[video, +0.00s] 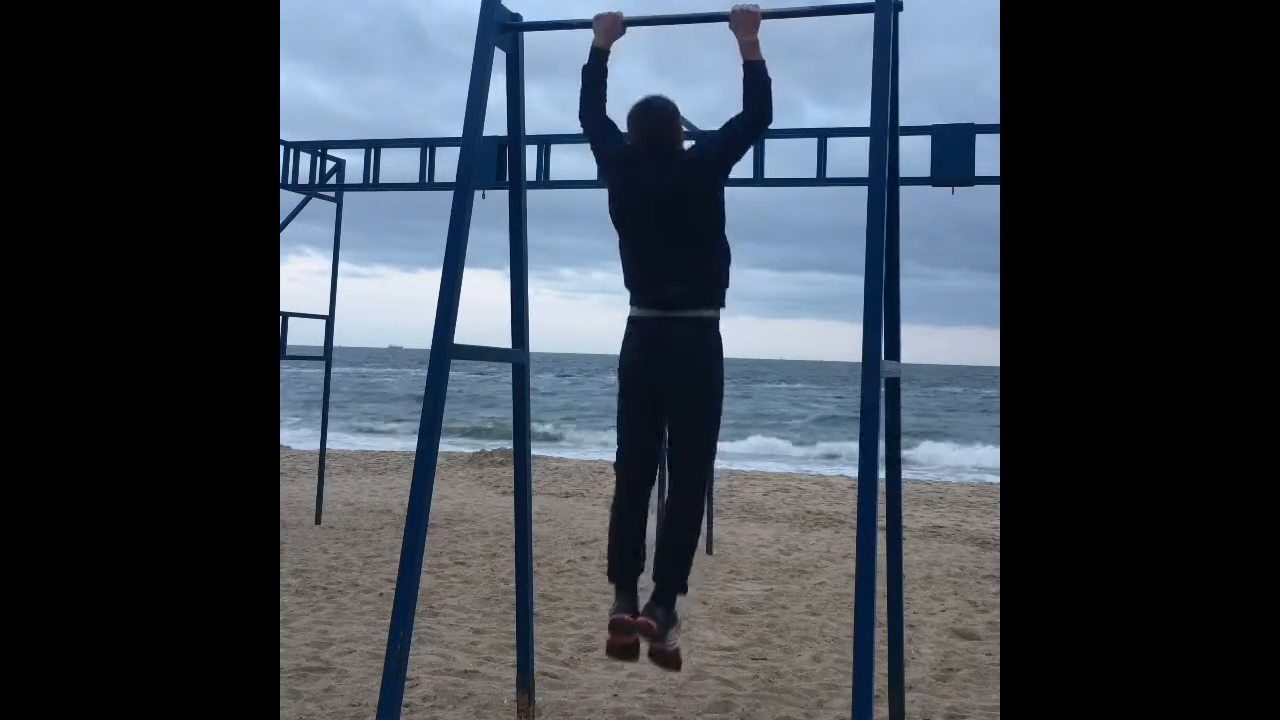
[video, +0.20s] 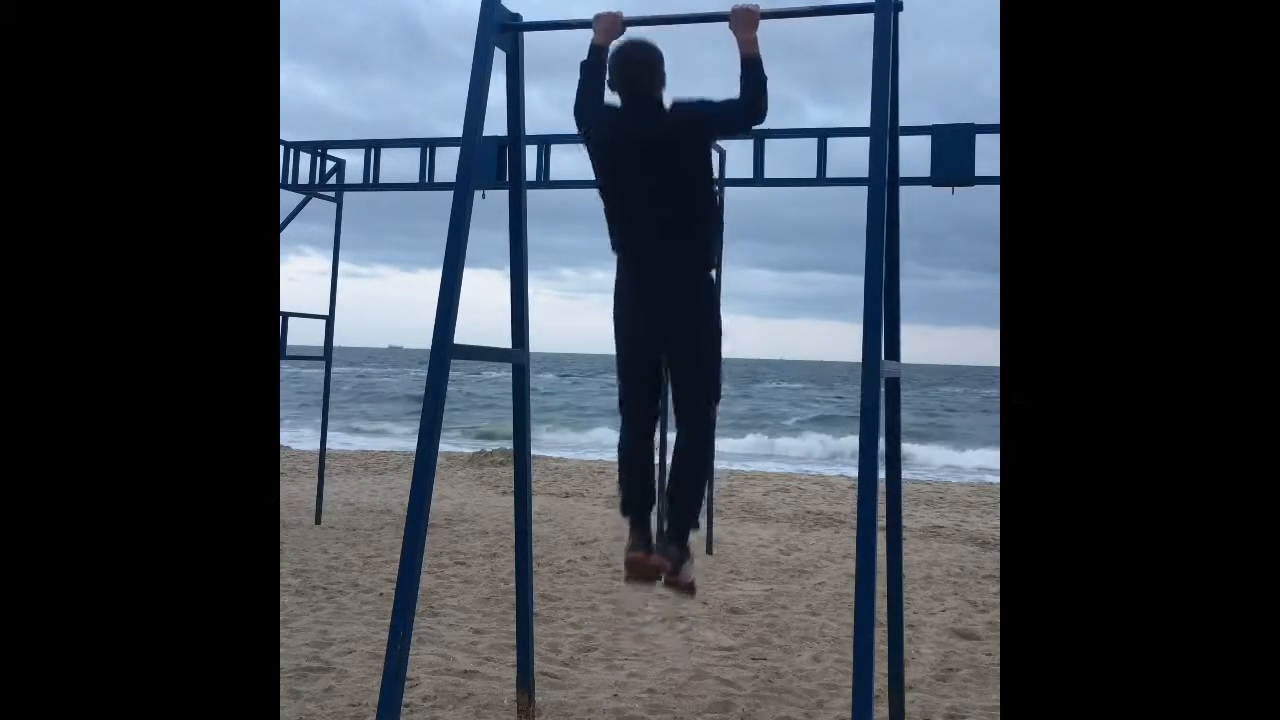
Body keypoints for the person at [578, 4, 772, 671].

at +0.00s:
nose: (686, 125)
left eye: (679, 121)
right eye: (682, 121)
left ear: (630, 138)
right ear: (678, 132)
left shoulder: (620, 170)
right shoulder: (706, 165)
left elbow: (592, 115)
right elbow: (757, 114)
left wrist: (600, 46)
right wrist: (750, 45)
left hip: (643, 339)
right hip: (697, 341)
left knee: (634, 470)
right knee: (688, 477)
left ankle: (625, 605)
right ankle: (662, 610)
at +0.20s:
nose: (655, 81)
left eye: (633, 74)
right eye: (658, 74)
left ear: (615, 85)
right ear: (662, 81)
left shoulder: (601, 130)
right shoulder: (693, 122)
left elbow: (588, 96)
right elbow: (752, 108)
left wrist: (598, 42)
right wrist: (749, 42)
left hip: (634, 294)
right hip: (693, 293)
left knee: (637, 416)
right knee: (695, 423)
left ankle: (639, 542)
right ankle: (674, 552)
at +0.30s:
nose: (656, 41)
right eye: (655, 33)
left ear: (609, 45)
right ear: (656, 40)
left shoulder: (594, 99)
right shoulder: (688, 84)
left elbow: (577, 100)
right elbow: (755, 104)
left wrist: (595, 45)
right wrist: (750, 42)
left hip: (632, 258)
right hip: (690, 255)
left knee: (641, 377)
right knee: (700, 379)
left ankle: (650, 498)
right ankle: (686, 502)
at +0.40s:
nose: (656, 8)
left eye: (616, 11)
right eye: (656, 4)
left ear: (609, 11)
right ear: (656, 8)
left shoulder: (591, 56)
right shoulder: (687, 46)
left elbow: (564, 101)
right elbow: (762, 92)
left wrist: (593, 38)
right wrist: (750, 38)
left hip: (631, 220)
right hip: (690, 216)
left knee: (647, 337)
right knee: (704, 339)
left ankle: (661, 455)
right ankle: (699, 463)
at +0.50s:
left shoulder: (597, 31)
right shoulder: (693, 24)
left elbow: (564, 97)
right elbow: (758, 81)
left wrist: (600, 41)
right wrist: (751, 34)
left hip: (633, 199)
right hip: (692, 197)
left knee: (650, 319)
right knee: (706, 316)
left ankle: (668, 434)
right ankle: (704, 438)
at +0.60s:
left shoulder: (602, 36)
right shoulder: (699, 29)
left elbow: (567, 100)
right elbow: (756, 86)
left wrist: (595, 32)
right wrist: (751, 35)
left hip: (636, 201)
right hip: (695, 198)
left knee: (650, 321)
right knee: (706, 318)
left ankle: (669, 439)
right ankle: (704, 442)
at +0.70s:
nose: (649, 19)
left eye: (623, 13)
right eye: (660, 12)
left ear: (619, 16)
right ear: (667, 14)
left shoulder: (600, 65)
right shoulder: (696, 57)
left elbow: (568, 104)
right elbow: (771, 96)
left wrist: (597, 38)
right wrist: (754, 39)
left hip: (638, 230)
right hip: (696, 227)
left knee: (651, 354)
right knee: (704, 352)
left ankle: (666, 477)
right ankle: (699, 479)